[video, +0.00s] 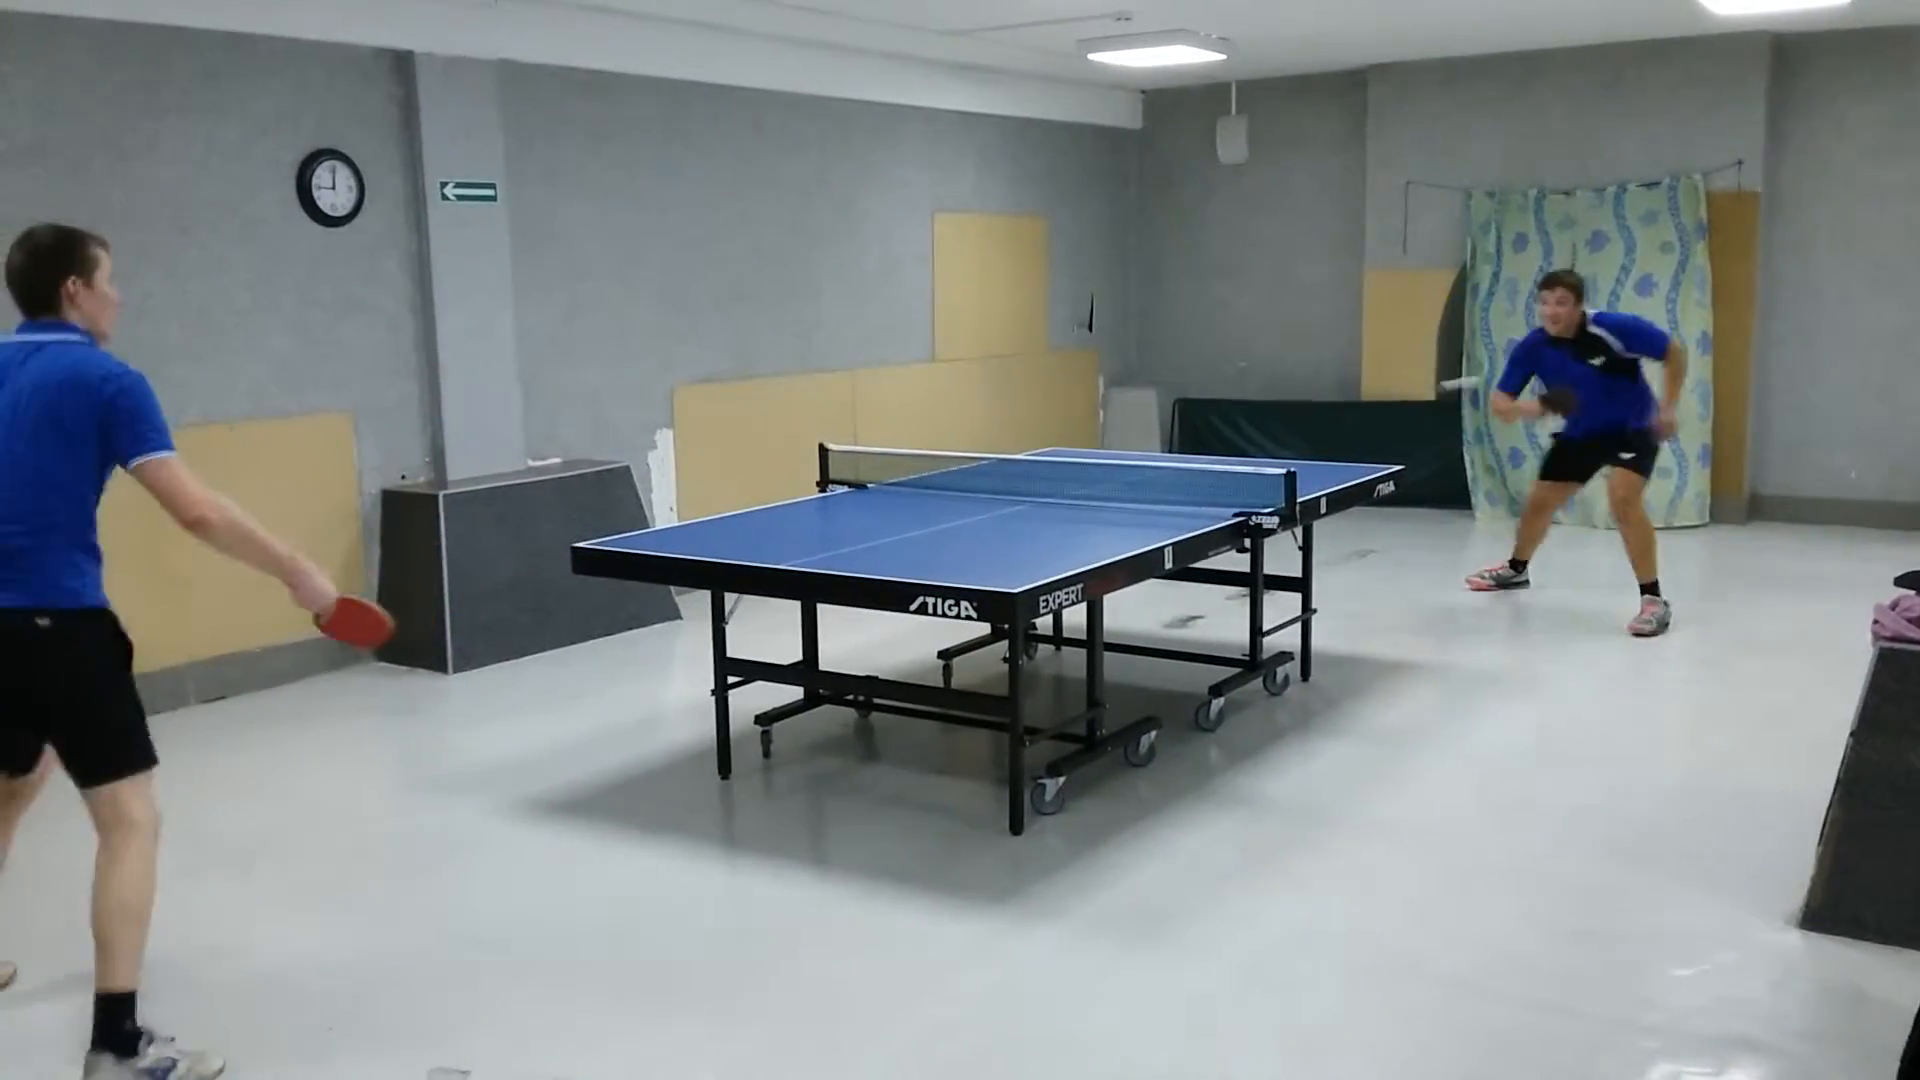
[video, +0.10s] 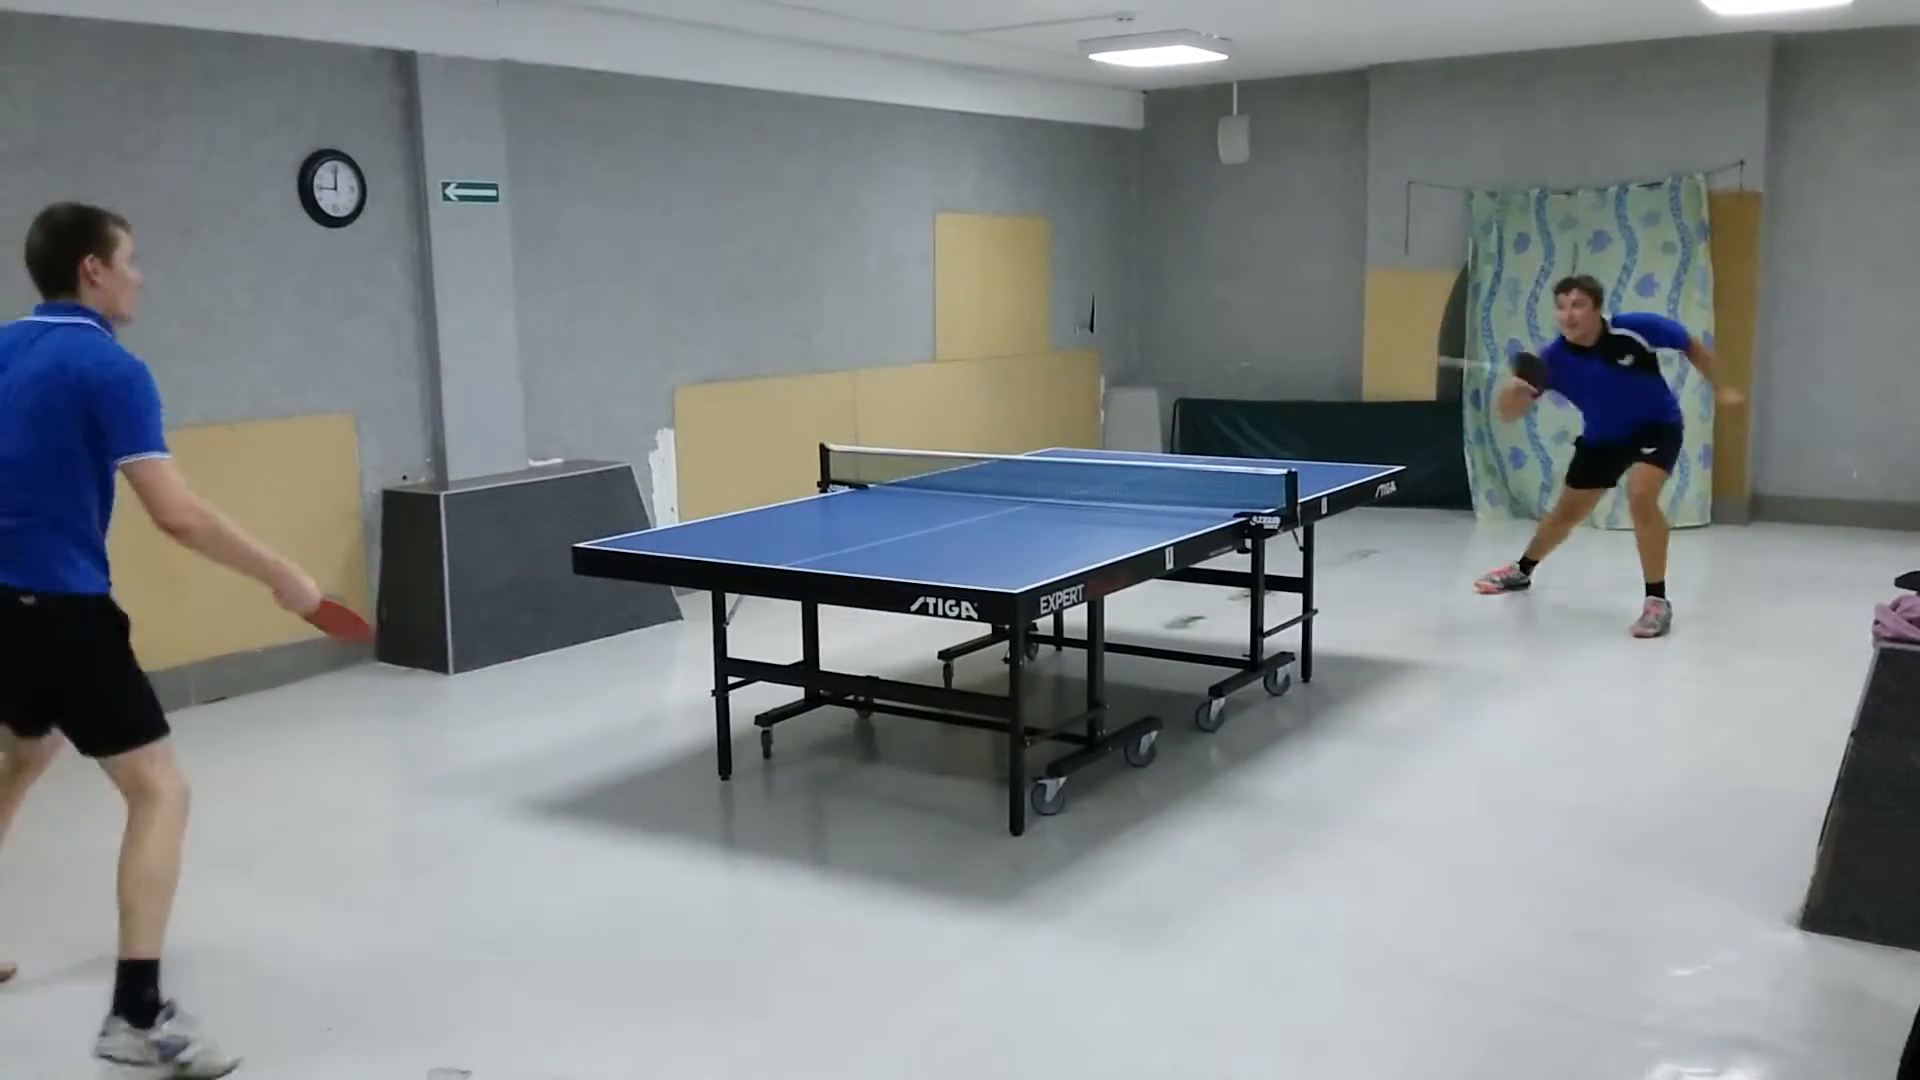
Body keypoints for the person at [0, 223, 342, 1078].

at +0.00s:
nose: (117, 297)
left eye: (113, 281)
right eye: (109, 282)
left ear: (42, 293)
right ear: (73, 292)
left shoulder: (6, 363)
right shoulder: (101, 377)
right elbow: (193, 507)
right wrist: (295, 570)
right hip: (63, 627)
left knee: (11, 788)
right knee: (127, 821)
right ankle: (117, 1037)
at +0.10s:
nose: (139, 278)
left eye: (134, 262)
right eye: (129, 263)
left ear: (64, 274)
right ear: (91, 271)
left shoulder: (9, 345)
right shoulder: (106, 363)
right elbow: (177, 514)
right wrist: (280, 573)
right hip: (60, 607)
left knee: (23, 747)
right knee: (158, 789)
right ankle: (136, 1014)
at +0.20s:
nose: (156, 301)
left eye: (152, 285)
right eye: (146, 285)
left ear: (83, 296)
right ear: (109, 292)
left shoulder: (16, 366)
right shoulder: (111, 384)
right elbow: (173, 541)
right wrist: (282, 584)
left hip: (8, 624)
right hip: (52, 632)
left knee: (21, 759)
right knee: (165, 797)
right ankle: (156, 1020)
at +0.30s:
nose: (168, 364)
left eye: (163, 347)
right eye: (159, 347)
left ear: (93, 359)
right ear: (123, 356)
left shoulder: (32, 427)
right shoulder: (115, 446)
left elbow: (19, 552)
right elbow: (176, 599)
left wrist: (95, 610)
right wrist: (287, 620)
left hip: (10, 672)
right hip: (35, 684)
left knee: (24, 778)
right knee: (180, 816)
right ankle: (145, 1031)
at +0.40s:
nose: (163, 407)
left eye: (160, 392)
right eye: (154, 392)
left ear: (89, 402)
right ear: (120, 399)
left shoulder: (26, 463)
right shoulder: (119, 483)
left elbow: (27, 588)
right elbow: (157, 626)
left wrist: (118, 626)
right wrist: (209, 690)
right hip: (34, 704)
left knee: (23, 775)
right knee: (192, 826)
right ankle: (150, 1034)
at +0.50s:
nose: (122, 404)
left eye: (118, 388)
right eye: (115, 389)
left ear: (47, 396)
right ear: (86, 393)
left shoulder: (11, 454)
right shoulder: (98, 469)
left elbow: (19, 570)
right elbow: (146, 607)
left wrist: (76, 624)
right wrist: (119, 675)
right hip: (27, 682)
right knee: (153, 822)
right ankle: (149, 1032)